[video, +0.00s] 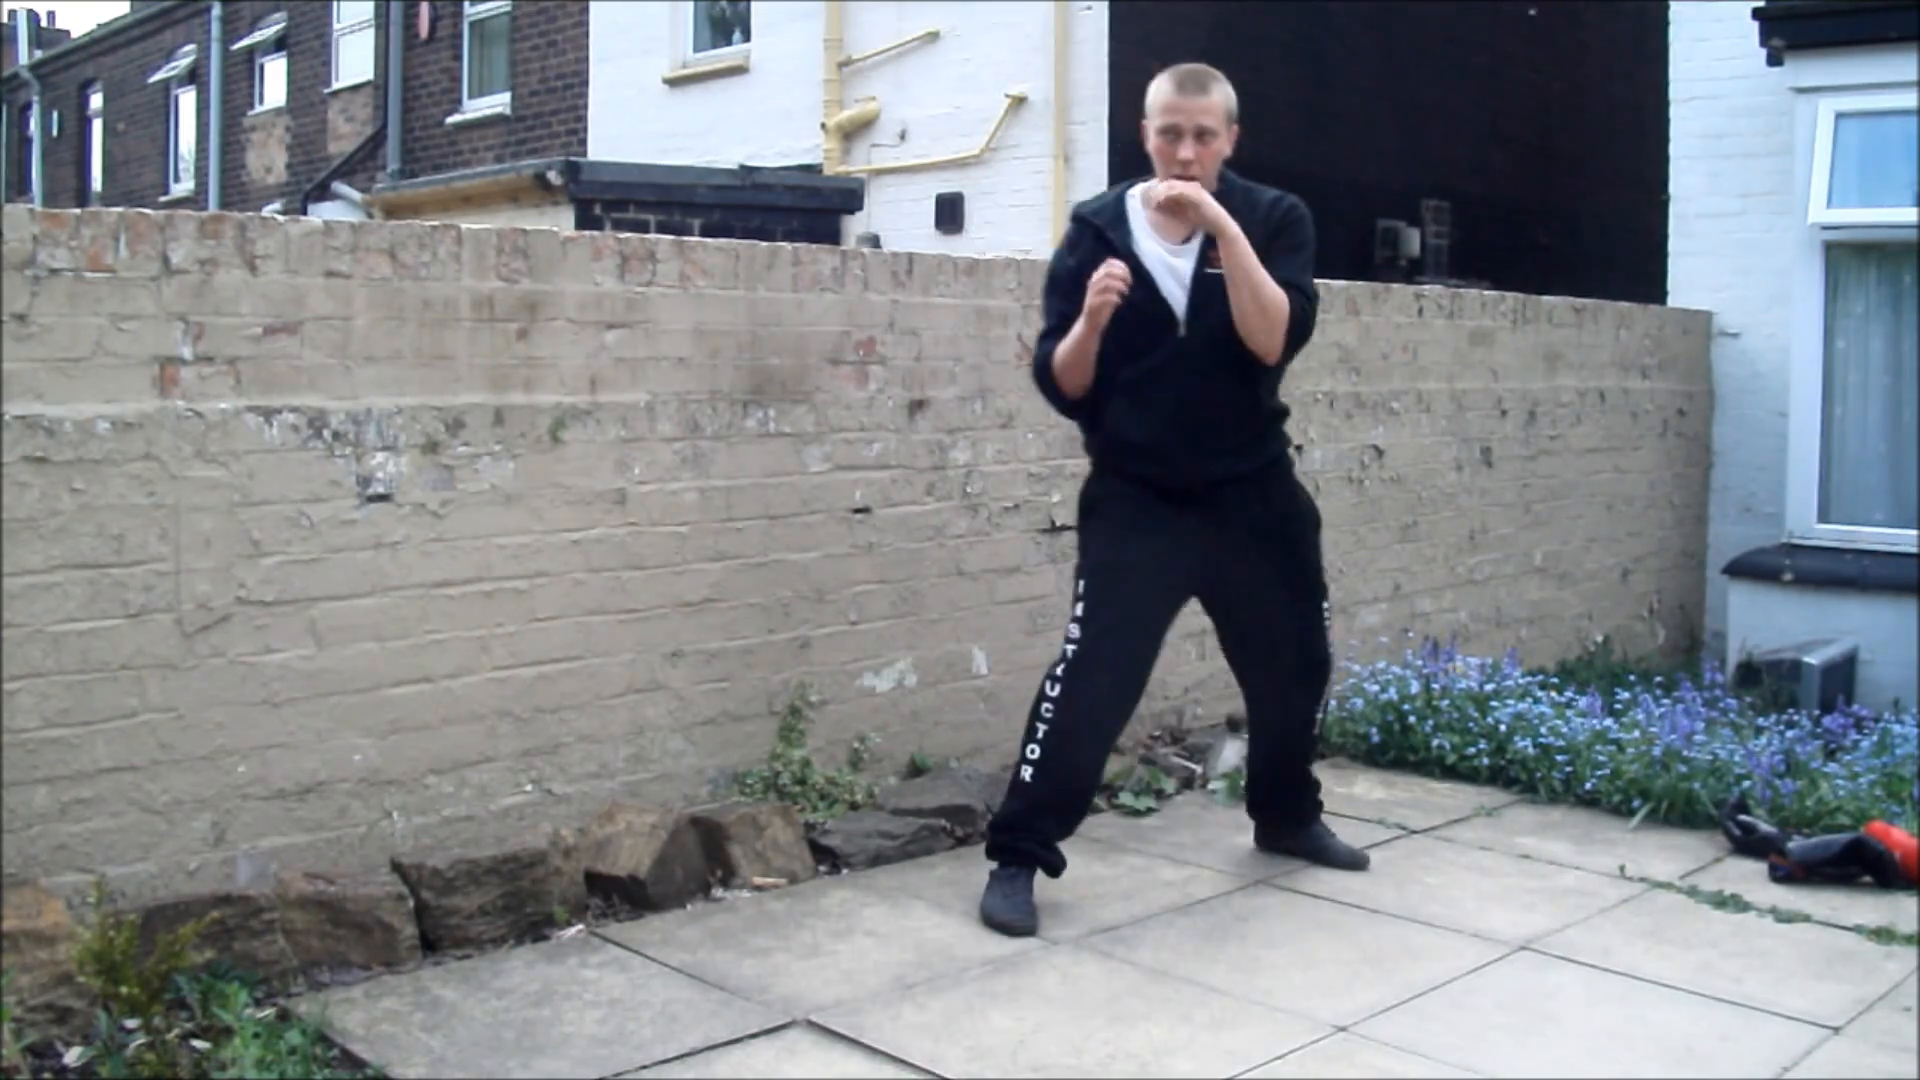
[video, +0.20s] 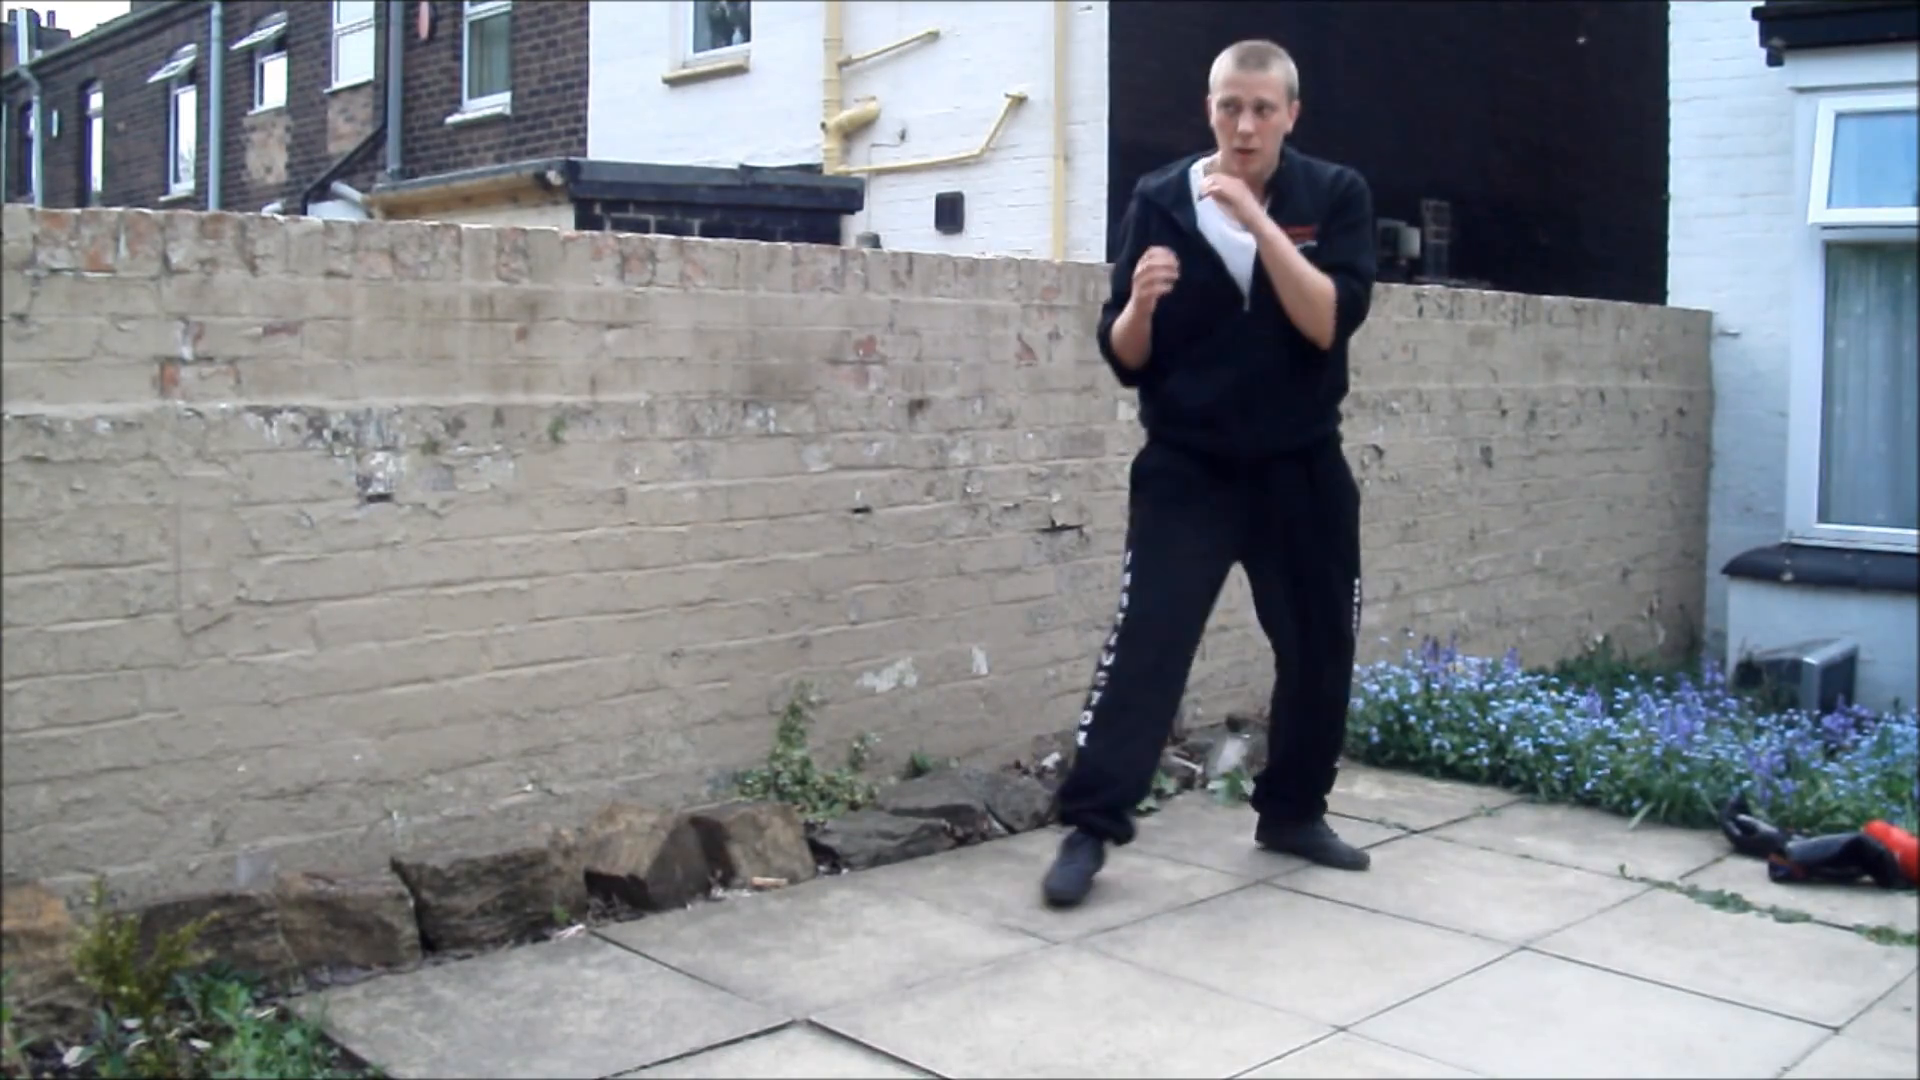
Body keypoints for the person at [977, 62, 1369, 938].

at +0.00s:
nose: (1186, 152)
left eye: (1204, 136)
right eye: (1171, 135)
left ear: (1233, 140)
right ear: (1144, 135)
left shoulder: (1275, 220)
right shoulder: (1098, 228)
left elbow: (1274, 341)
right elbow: (1061, 385)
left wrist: (1224, 228)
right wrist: (1089, 325)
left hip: (1252, 496)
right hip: (1134, 497)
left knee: (1294, 665)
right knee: (1096, 673)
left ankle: (1287, 819)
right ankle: (1016, 860)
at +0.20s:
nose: (1246, 125)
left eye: (1263, 109)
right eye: (1232, 108)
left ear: (1292, 115)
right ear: (1208, 108)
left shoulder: (1336, 194)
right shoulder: (1158, 196)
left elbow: (1330, 322)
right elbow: (1125, 359)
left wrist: (1258, 221)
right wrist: (1138, 306)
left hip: (1301, 473)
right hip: (1184, 470)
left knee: (1321, 650)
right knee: (1148, 643)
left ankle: (1292, 815)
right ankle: (1087, 830)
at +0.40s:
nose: (1268, 104)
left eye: (1286, 90)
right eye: (1255, 88)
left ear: (1316, 99)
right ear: (1233, 93)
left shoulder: (1357, 179)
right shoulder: (1187, 168)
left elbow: (1373, 301)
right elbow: (1118, 301)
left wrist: (1320, 189)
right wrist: (1160, 223)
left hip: (1317, 441)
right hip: (1208, 438)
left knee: (1313, 625)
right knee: (1210, 621)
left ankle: (1306, 791)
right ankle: (1215, 785)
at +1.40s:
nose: (1308, 172)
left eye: (1327, 158)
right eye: (1295, 154)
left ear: (1359, 161)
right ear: (1275, 148)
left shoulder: (1383, 240)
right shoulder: (1218, 213)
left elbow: (1366, 368)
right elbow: (1147, 362)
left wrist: (1314, 260)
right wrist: (1182, 304)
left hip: (1326, 486)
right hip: (1212, 479)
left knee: (1347, 657)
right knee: (1172, 647)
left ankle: (1327, 817)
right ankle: (1105, 840)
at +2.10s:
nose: (1258, 111)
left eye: (1277, 95)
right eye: (1244, 94)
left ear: (1314, 105)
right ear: (1224, 101)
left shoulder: (1353, 208)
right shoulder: (1173, 187)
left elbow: (1358, 330)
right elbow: (1085, 326)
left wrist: (1294, 209)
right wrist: (1137, 255)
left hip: (1292, 488)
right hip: (1174, 481)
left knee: (1319, 666)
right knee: (1130, 666)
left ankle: (1311, 835)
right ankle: (1047, 862)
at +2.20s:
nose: (1241, 116)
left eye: (1260, 100)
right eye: (1227, 98)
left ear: (1296, 110)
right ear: (1207, 104)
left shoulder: (1337, 216)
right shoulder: (1155, 193)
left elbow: (1345, 342)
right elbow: (1032, 254)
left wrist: (1287, 214)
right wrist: (1092, 161)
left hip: (1290, 491)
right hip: (1165, 486)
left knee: (1339, 663)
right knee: (1115, 666)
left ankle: (1321, 823)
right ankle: (1041, 867)